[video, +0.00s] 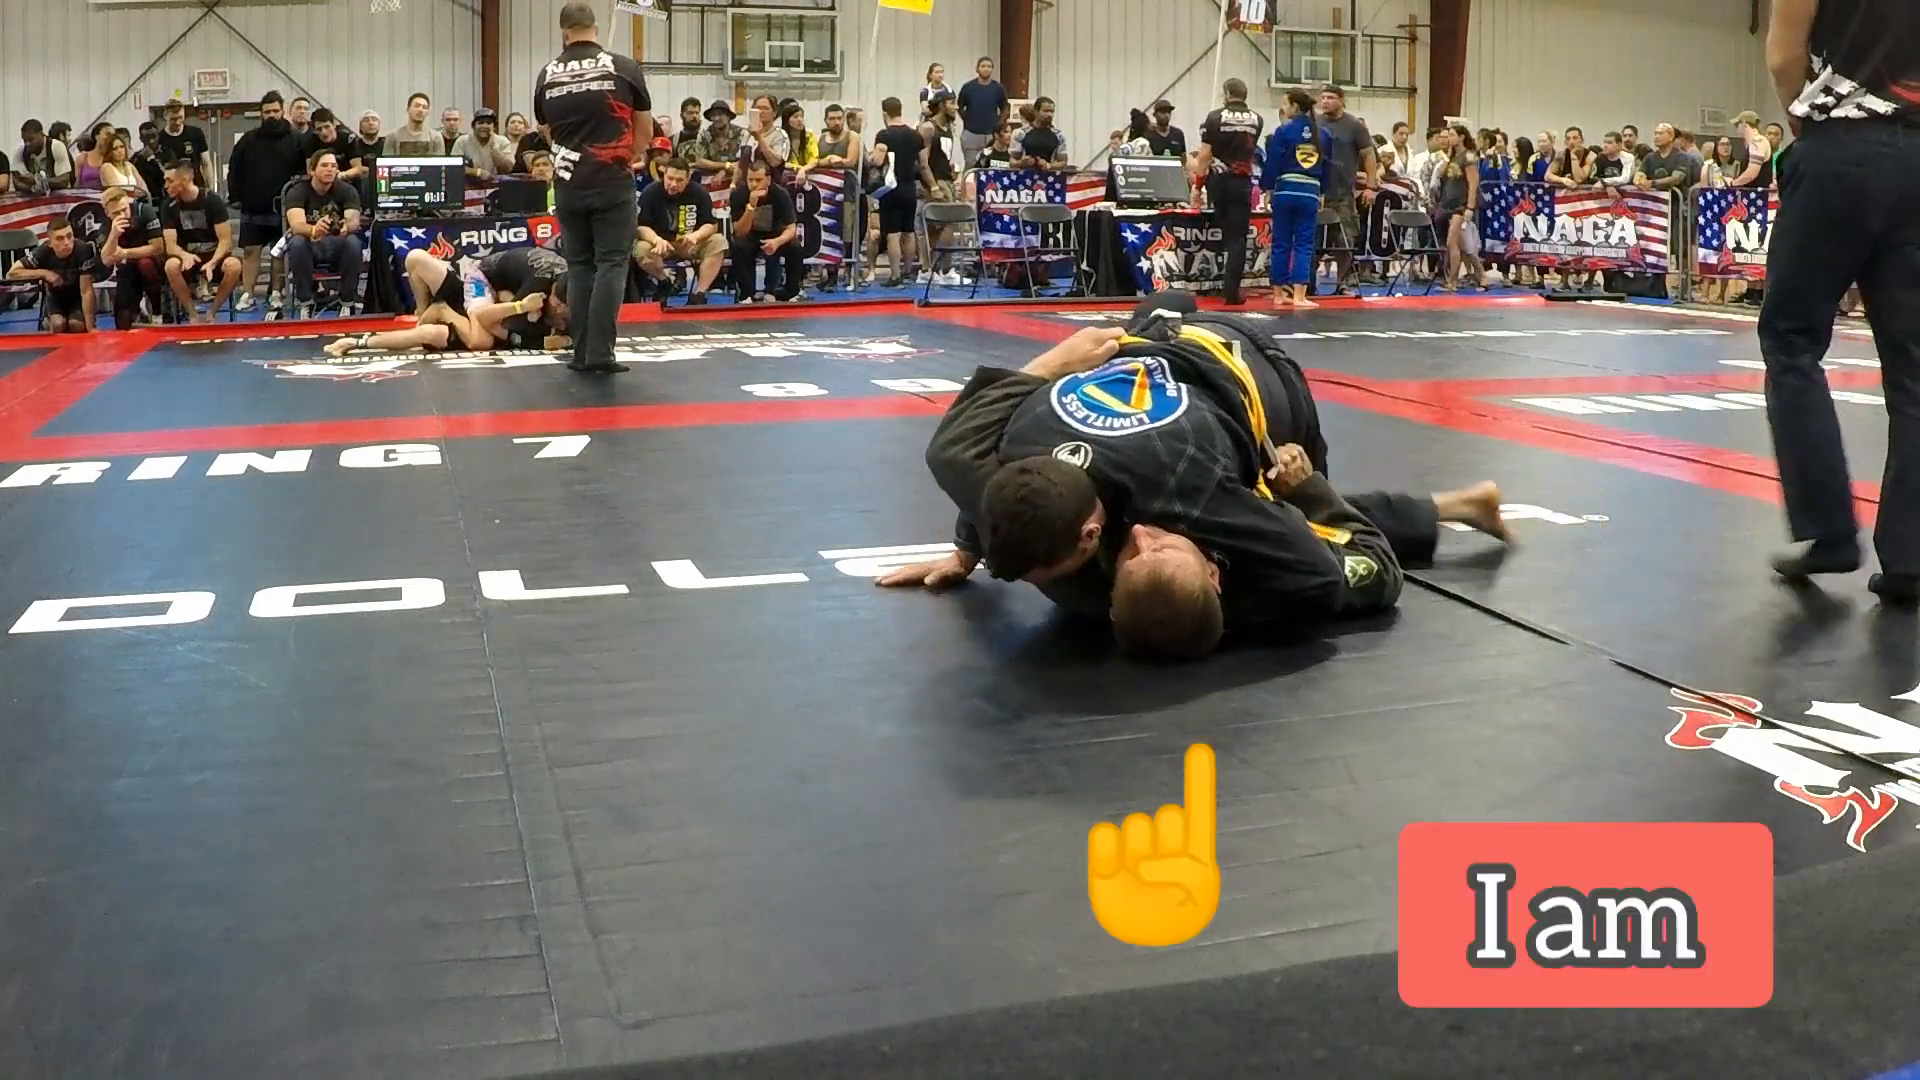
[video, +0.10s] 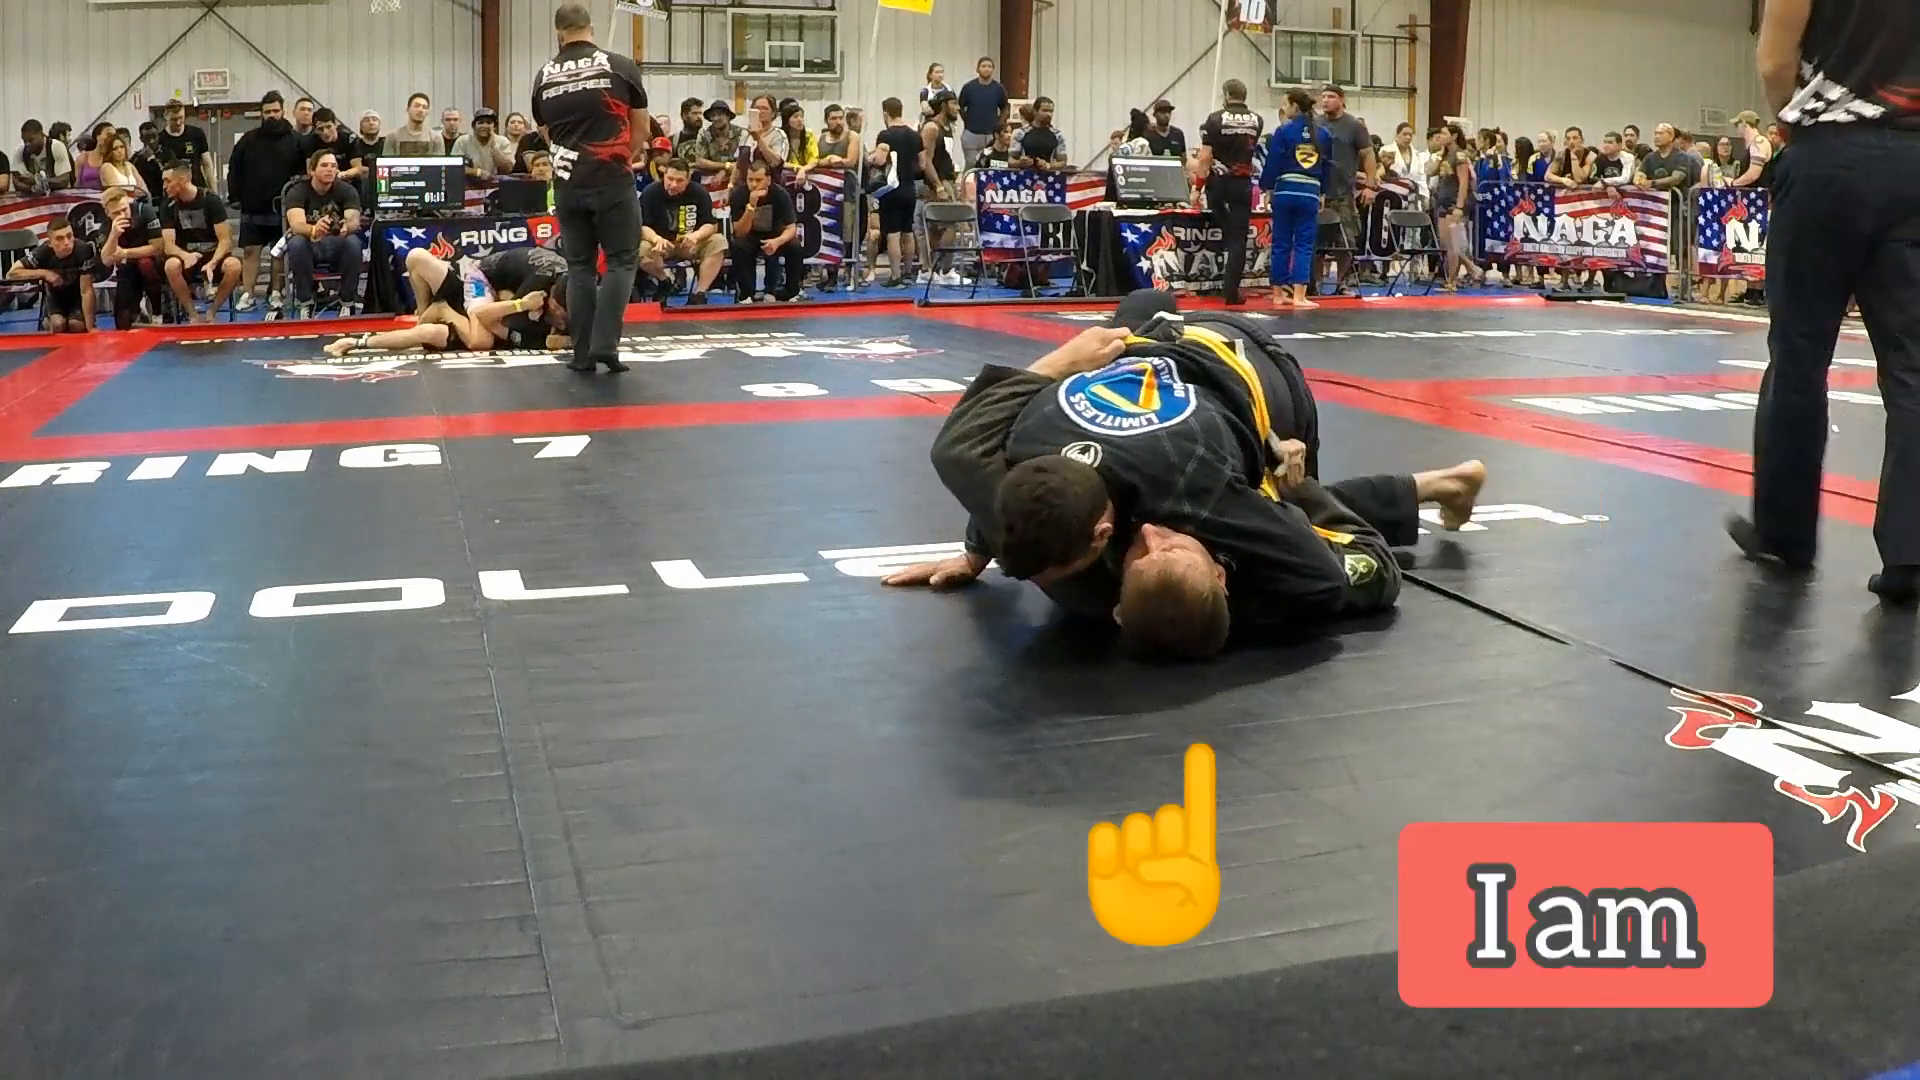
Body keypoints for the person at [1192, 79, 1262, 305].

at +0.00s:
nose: (1226, 96)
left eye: (1225, 93)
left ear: (1226, 95)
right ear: (1245, 96)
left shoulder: (1214, 117)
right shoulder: (1256, 119)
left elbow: (1204, 155)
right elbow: (1250, 149)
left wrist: (1197, 185)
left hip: (1218, 178)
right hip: (1242, 180)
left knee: (1230, 233)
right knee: (1238, 237)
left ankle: (1233, 285)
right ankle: (1232, 292)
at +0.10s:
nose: (1223, 98)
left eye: (1224, 95)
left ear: (1226, 96)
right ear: (1245, 96)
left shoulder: (1214, 119)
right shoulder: (1256, 120)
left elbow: (1205, 157)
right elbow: (1251, 148)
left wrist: (1197, 186)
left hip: (1218, 179)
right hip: (1242, 181)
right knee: (1237, 238)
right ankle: (1231, 292)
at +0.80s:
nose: (1229, 98)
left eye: (1228, 95)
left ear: (1228, 96)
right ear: (1247, 95)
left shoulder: (1220, 120)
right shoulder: (1260, 120)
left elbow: (1212, 155)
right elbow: (1255, 149)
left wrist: (1204, 180)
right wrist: (1247, 168)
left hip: (1222, 178)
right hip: (1245, 181)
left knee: (1213, 199)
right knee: (1239, 238)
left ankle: (1232, 232)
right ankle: (1231, 293)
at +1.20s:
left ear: (1230, 97)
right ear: (1250, 97)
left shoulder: (1221, 120)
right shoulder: (1261, 121)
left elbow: (1210, 155)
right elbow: (1259, 152)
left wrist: (1198, 159)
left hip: (1222, 179)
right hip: (1245, 183)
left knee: (1205, 197)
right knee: (1239, 239)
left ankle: (1228, 222)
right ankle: (1231, 292)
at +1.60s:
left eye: (1236, 94)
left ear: (1234, 97)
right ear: (1253, 98)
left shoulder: (1223, 116)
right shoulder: (1264, 121)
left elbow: (1203, 131)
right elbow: (1259, 145)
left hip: (1224, 179)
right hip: (1247, 182)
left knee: (1209, 197)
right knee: (1240, 239)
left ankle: (1231, 223)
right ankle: (1232, 293)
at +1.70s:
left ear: (1237, 97)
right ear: (1256, 99)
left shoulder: (1225, 115)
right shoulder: (1265, 122)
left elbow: (1205, 127)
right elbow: (1258, 141)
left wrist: (1205, 154)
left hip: (1224, 177)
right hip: (1247, 181)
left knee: (1210, 197)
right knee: (1240, 238)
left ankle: (1232, 223)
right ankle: (1231, 293)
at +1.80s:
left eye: (1240, 93)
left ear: (1238, 97)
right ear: (1257, 98)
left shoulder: (1226, 116)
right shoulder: (1265, 122)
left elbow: (1206, 126)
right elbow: (1268, 141)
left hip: (1224, 177)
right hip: (1247, 181)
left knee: (1210, 197)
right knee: (1240, 239)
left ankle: (1231, 222)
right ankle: (1232, 293)